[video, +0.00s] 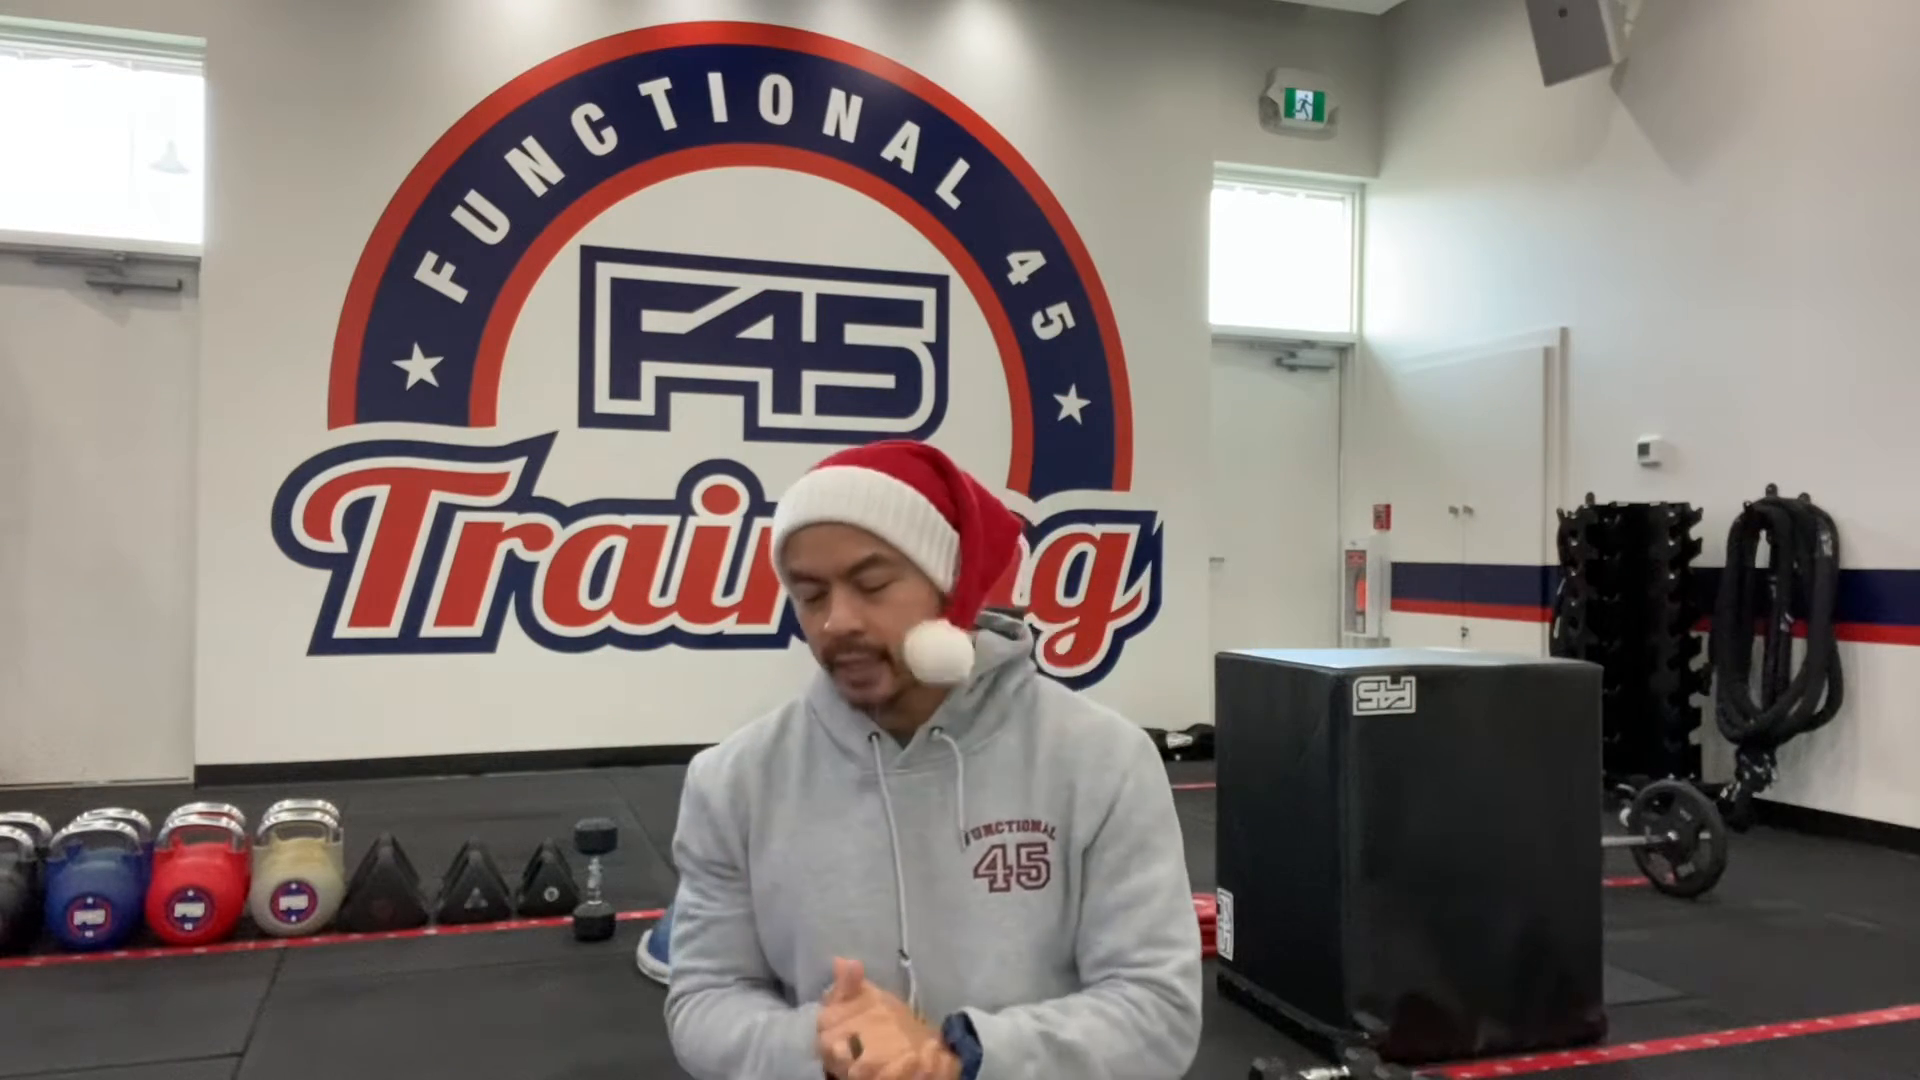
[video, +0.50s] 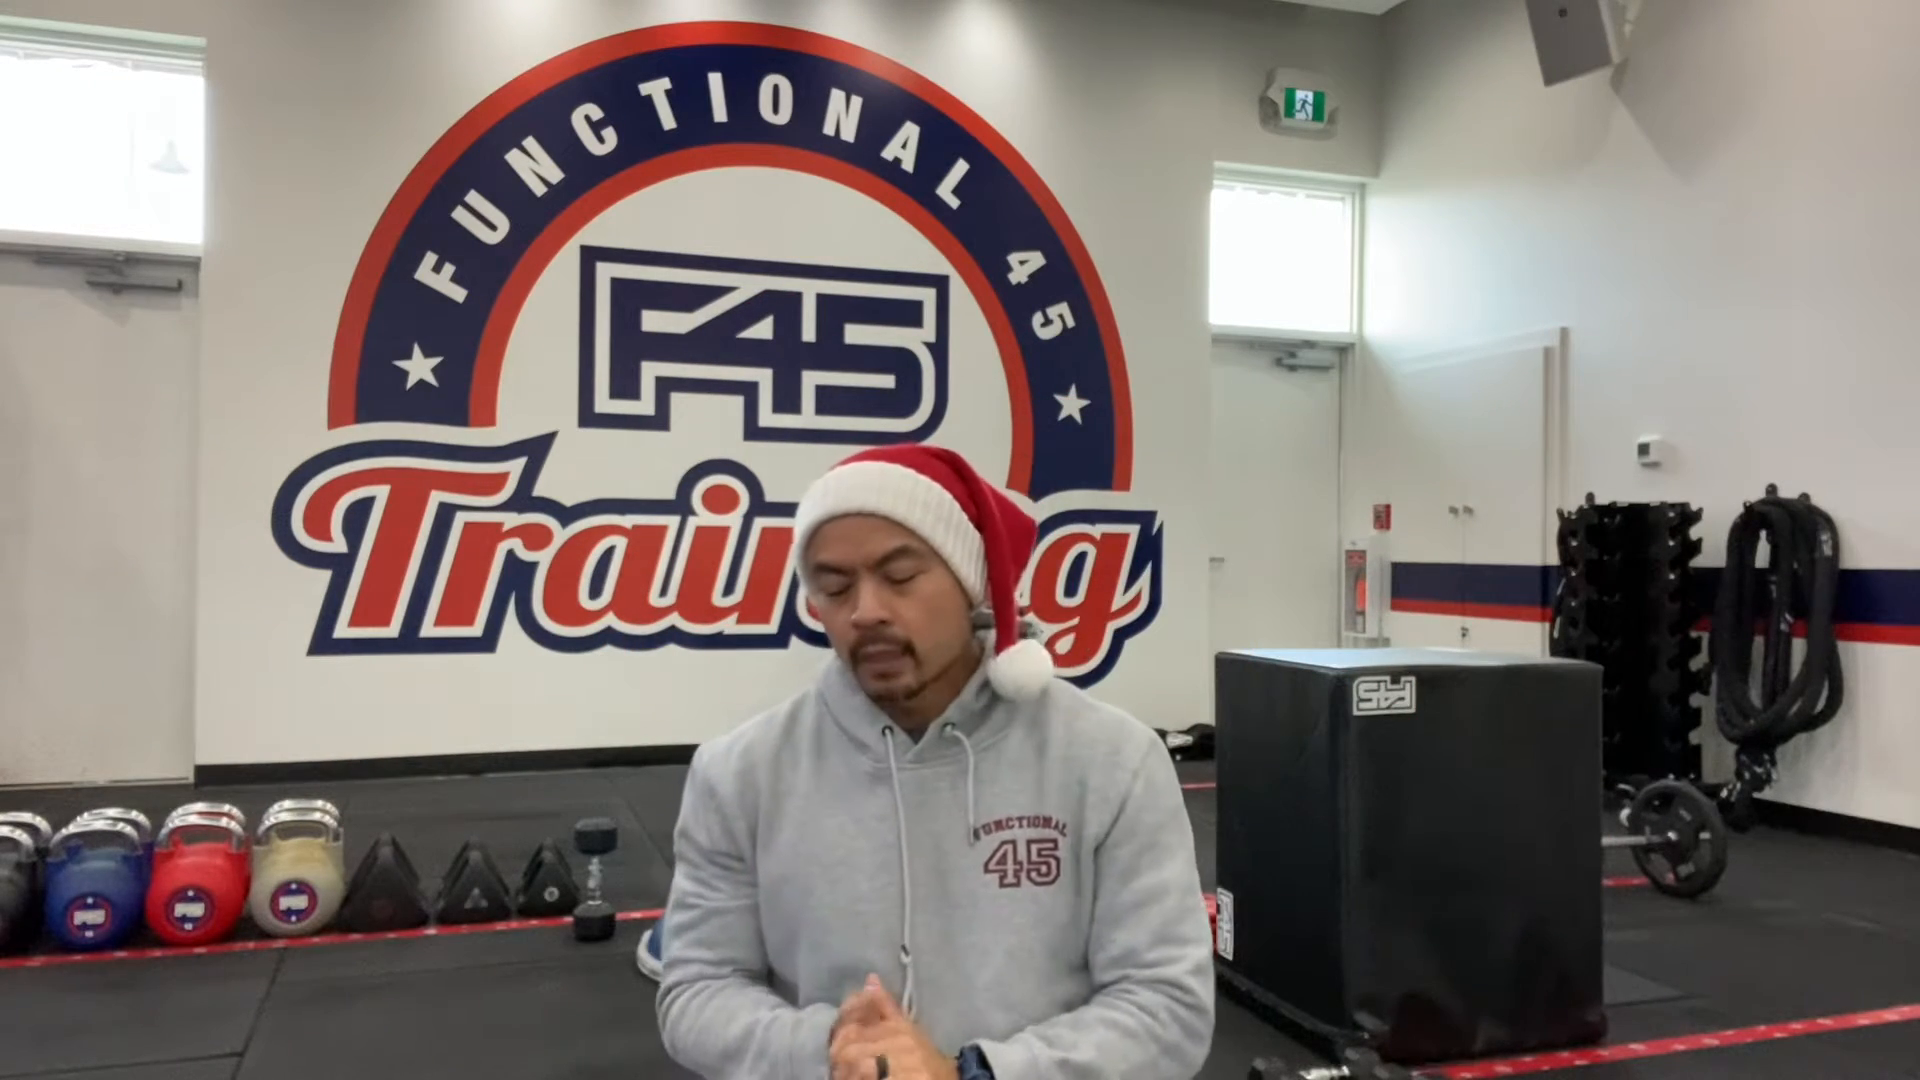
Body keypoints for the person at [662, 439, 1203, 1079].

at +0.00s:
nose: (839, 624)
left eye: (872, 583)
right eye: (813, 594)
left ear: (956, 580)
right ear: (793, 605)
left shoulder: (1099, 760)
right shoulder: (731, 784)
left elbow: (1157, 1009)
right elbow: (702, 1004)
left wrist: (960, 1050)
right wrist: (820, 1042)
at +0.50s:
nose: (867, 614)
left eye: (901, 574)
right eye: (837, 586)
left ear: (974, 577)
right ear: (816, 605)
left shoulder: (1112, 760)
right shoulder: (737, 776)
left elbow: (1167, 1007)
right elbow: (695, 997)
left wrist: (973, 1071)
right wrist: (829, 1049)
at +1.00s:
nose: (871, 606)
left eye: (904, 565)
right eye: (837, 579)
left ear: (970, 574)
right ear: (812, 605)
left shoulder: (1109, 760)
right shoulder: (735, 781)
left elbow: (1170, 1004)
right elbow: (701, 997)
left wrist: (974, 1055)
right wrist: (808, 1046)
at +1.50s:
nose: (868, 588)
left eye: (903, 553)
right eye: (838, 566)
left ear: (973, 573)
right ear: (816, 601)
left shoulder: (1113, 762)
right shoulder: (739, 779)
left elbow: (1176, 1006)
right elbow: (698, 991)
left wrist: (975, 1049)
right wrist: (771, 1033)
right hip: (822, 1074)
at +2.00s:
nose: (830, 600)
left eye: (868, 563)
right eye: (818, 572)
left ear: (963, 570)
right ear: (809, 584)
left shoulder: (1115, 767)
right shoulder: (744, 776)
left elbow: (1172, 1008)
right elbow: (699, 997)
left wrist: (982, 1046)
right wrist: (830, 1043)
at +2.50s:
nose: (798, 620)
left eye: (830, 584)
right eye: (795, 586)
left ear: (935, 585)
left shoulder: (1107, 766)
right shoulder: (742, 780)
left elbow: (1176, 1008)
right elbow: (697, 994)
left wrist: (986, 1062)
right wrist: (823, 1043)